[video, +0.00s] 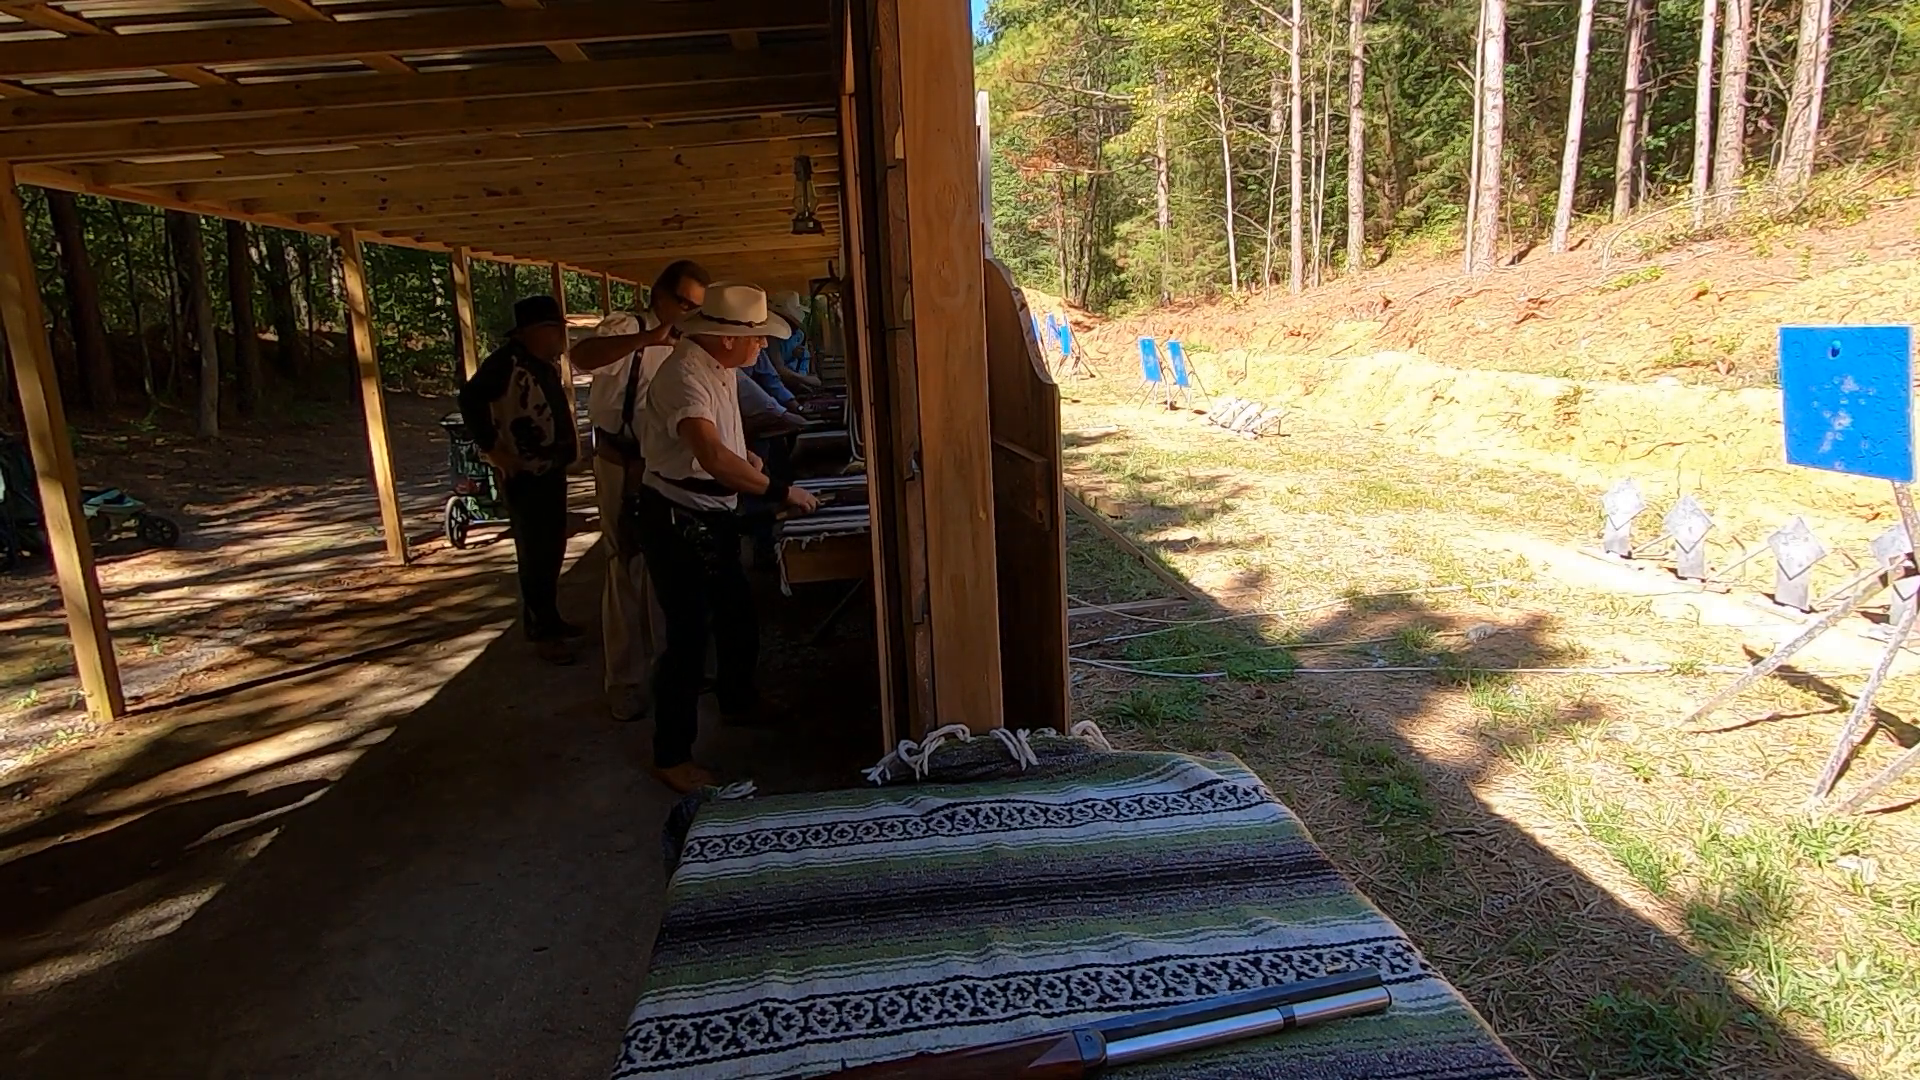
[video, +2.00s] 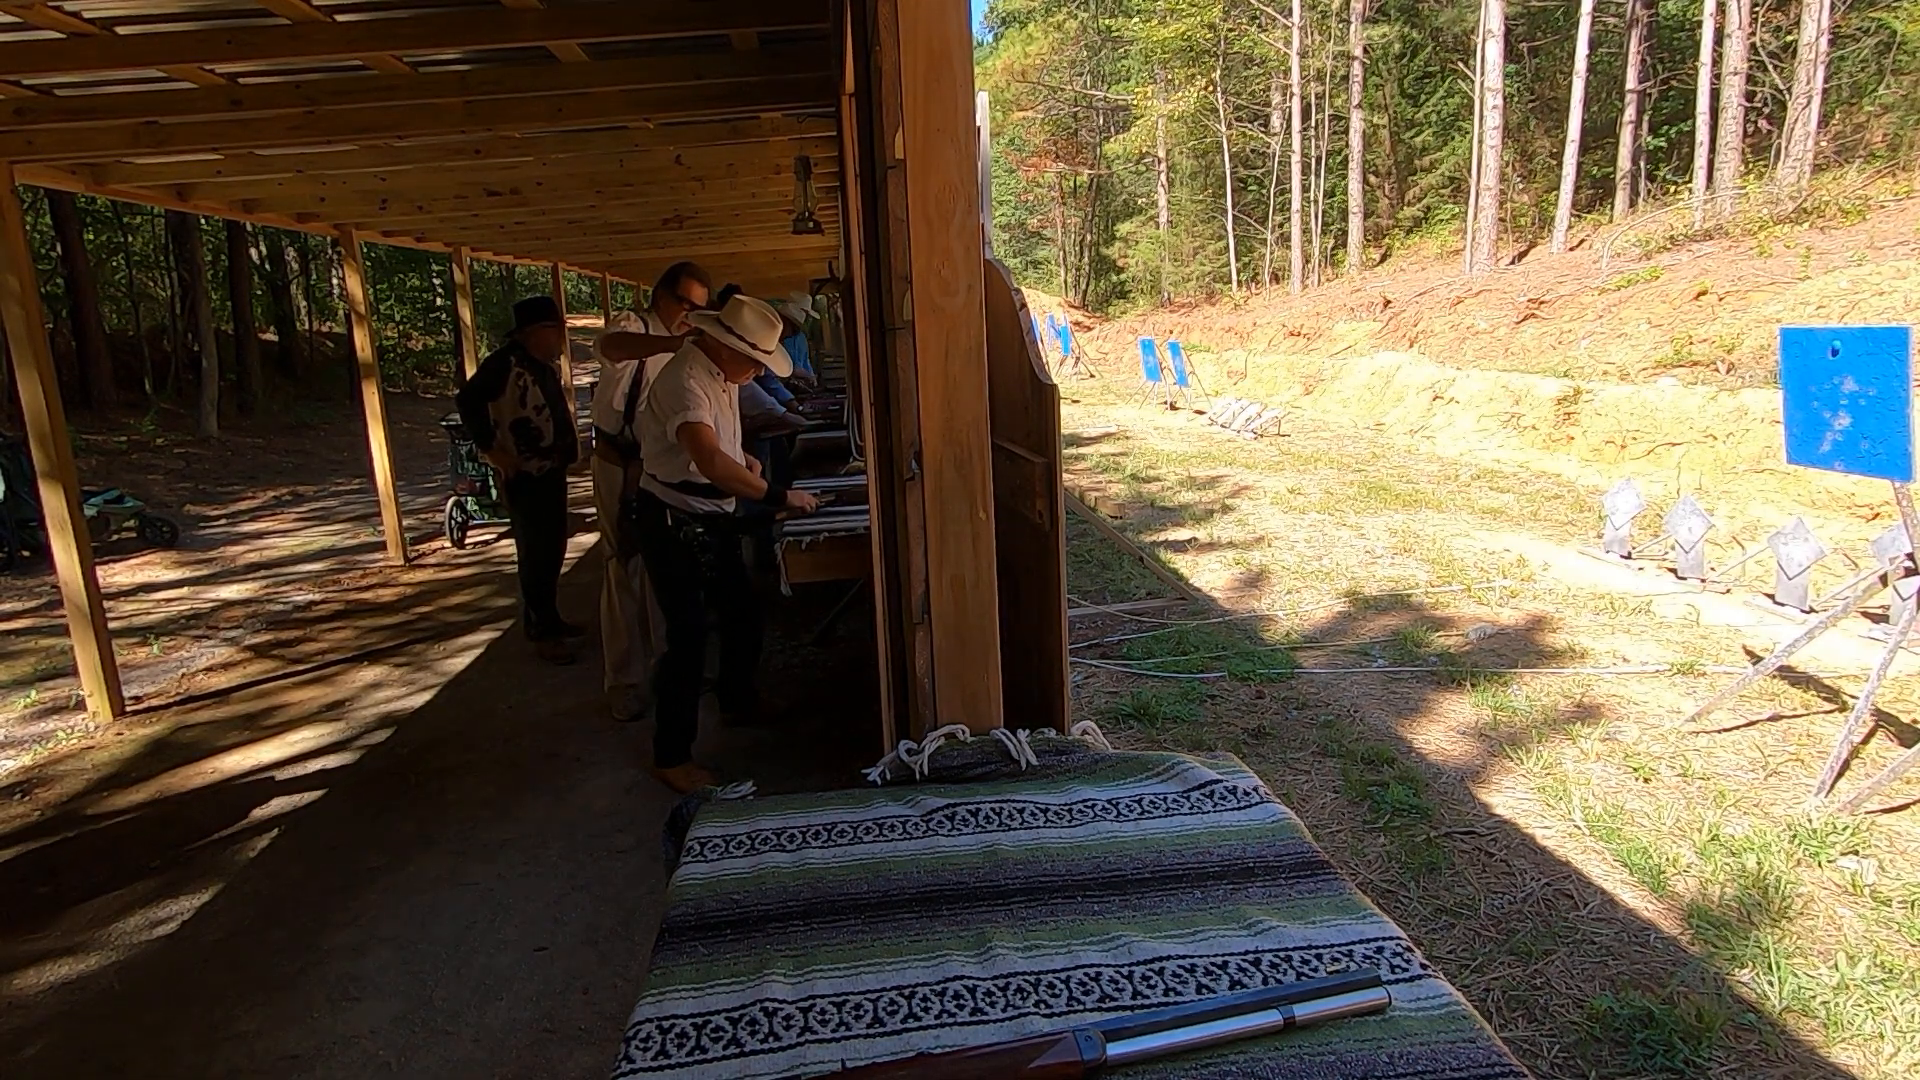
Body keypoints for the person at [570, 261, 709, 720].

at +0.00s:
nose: (686, 312)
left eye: (694, 307)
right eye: (681, 302)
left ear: (698, 309)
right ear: (659, 294)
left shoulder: (690, 346)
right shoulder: (627, 327)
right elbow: (581, 357)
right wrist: (645, 340)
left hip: (669, 463)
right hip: (618, 463)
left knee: (670, 568)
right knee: (626, 571)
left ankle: (673, 671)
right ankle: (624, 683)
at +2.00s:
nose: (690, 315)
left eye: (697, 309)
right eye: (685, 304)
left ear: (698, 311)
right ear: (660, 296)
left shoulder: (688, 344)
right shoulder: (631, 325)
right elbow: (609, 347)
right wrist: (674, 344)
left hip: (667, 463)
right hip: (619, 465)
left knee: (670, 568)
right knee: (626, 572)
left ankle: (672, 671)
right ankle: (623, 683)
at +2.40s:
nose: (689, 315)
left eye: (697, 310)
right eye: (684, 304)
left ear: (698, 311)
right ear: (660, 295)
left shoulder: (688, 344)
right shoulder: (631, 325)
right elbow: (609, 348)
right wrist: (676, 343)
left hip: (668, 464)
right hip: (619, 466)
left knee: (671, 569)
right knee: (626, 574)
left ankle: (672, 671)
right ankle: (623, 683)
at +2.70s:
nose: (689, 314)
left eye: (696, 309)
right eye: (683, 304)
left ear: (699, 311)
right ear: (659, 295)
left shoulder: (690, 345)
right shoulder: (631, 325)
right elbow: (608, 347)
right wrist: (675, 345)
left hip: (668, 461)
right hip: (618, 461)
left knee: (669, 563)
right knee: (624, 569)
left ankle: (670, 664)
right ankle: (624, 681)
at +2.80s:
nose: (689, 314)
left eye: (696, 309)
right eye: (683, 304)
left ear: (699, 311)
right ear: (659, 295)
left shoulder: (690, 344)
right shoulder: (631, 325)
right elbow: (609, 347)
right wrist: (674, 345)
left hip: (668, 461)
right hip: (618, 461)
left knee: (669, 563)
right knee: (624, 569)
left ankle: (671, 665)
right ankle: (624, 682)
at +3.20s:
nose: (688, 315)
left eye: (695, 309)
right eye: (682, 304)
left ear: (698, 311)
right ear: (658, 296)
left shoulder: (690, 344)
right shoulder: (630, 325)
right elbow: (609, 348)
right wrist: (674, 345)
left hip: (668, 462)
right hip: (618, 462)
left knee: (669, 564)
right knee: (624, 570)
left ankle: (671, 665)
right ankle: (624, 681)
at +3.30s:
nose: (688, 315)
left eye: (695, 310)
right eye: (682, 305)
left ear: (697, 311)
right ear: (658, 295)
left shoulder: (688, 344)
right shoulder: (630, 324)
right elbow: (609, 348)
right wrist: (674, 345)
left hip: (667, 461)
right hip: (618, 463)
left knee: (668, 564)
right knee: (624, 570)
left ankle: (670, 665)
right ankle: (623, 681)